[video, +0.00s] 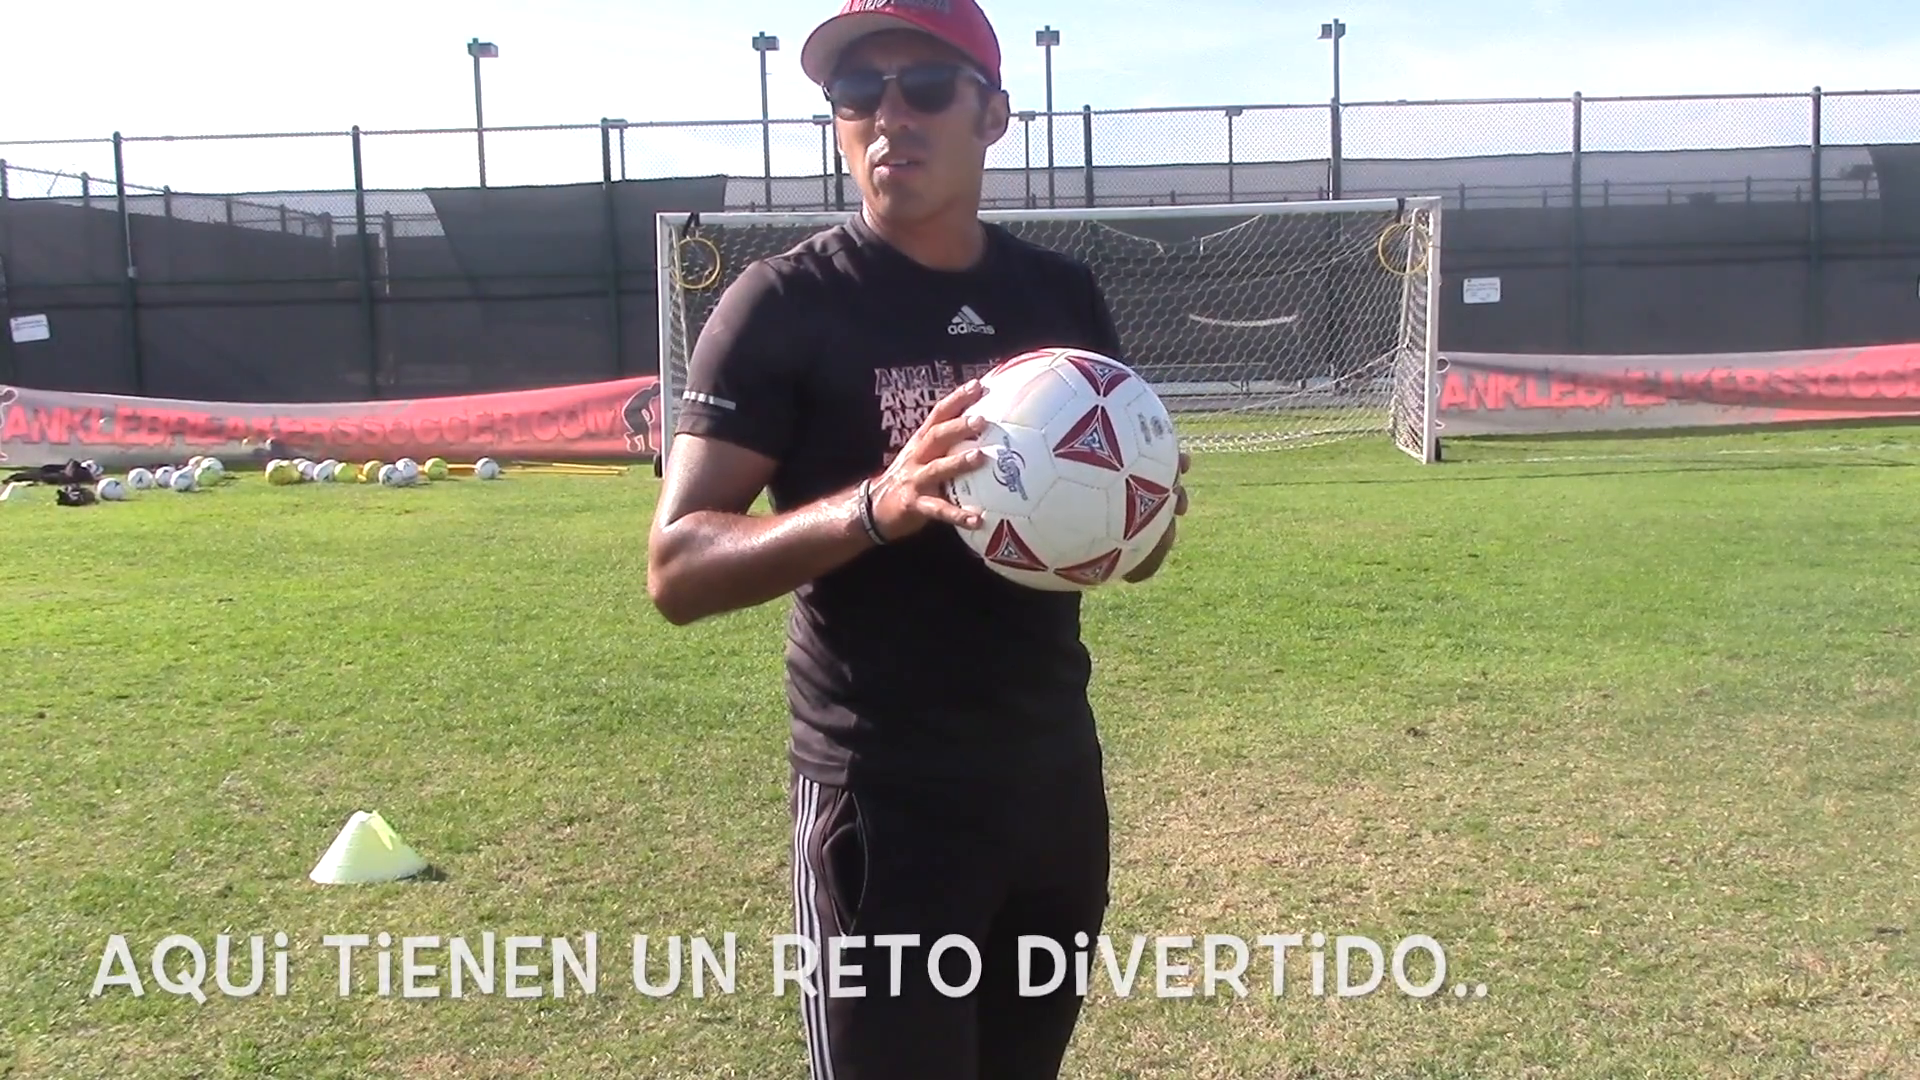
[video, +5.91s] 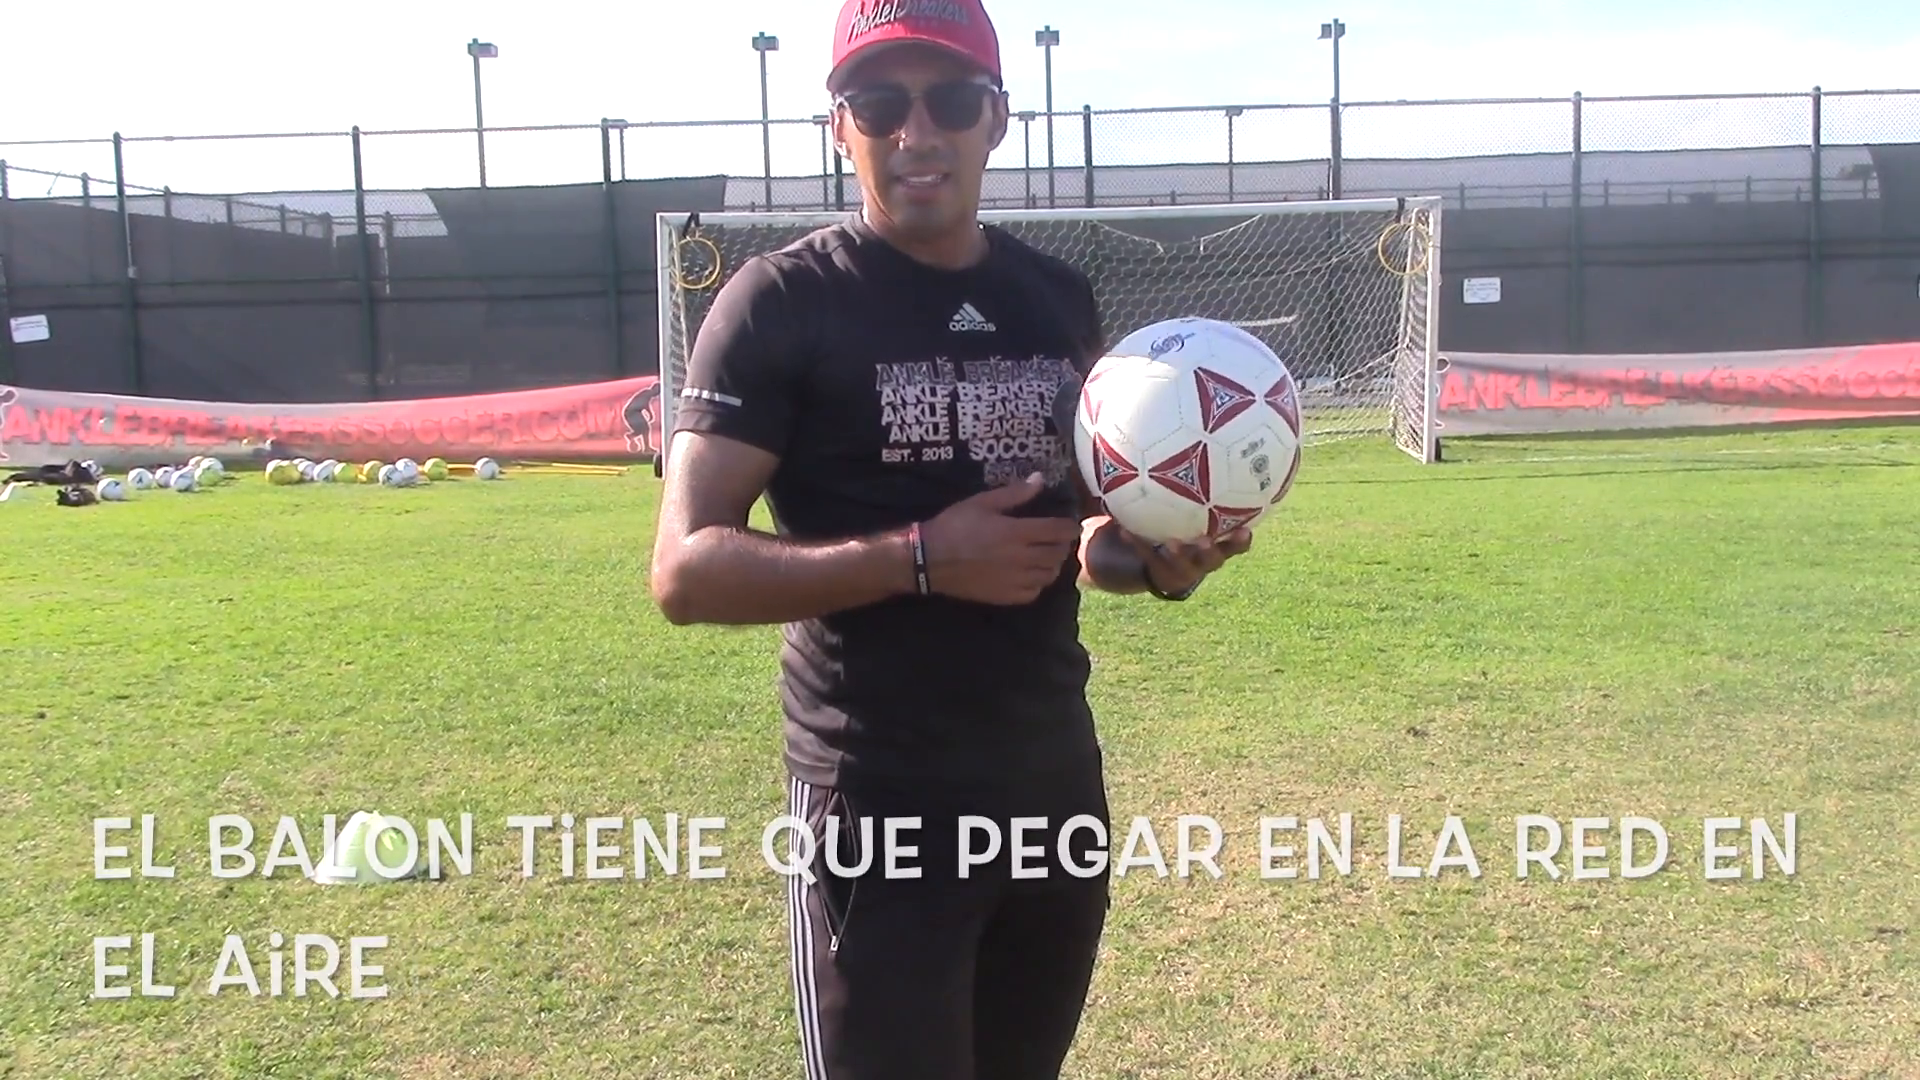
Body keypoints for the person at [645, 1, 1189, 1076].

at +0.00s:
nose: (892, 115)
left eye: (927, 88)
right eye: (863, 93)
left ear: (993, 117)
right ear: (835, 127)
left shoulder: (1061, 291)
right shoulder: (775, 307)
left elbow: (1113, 517)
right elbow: (678, 572)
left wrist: (1143, 513)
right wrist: (872, 508)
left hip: (1046, 760)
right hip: (875, 776)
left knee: (1024, 1060)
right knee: (887, 1060)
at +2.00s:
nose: (901, 133)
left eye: (932, 101)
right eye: (866, 105)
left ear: (977, 120)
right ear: (825, 133)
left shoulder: (1040, 298)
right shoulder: (764, 309)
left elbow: (1069, 531)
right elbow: (683, 581)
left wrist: (1146, 553)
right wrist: (900, 537)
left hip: (1041, 770)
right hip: (864, 782)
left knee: (1013, 1063)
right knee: (884, 1063)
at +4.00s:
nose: (897, 140)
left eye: (928, 104)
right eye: (862, 112)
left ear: (978, 119)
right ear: (826, 140)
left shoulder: (1046, 297)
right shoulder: (768, 312)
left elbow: (1088, 496)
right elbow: (674, 578)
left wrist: (1156, 505)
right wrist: (888, 565)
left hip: (1047, 759)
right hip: (872, 774)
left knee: (1019, 1062)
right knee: (888, 1062)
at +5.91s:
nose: (918, 135)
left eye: (951, 103)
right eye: (883, 105)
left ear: (996, 120)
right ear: (841, 130)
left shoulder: (1055, 297)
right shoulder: (777, 302)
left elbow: (1088, 533)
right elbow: (685, 570)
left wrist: (1157, 561)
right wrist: (920, 555)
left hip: (1051, 763)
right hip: (872, 775)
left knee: (1022, 1061)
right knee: (888, 1061)